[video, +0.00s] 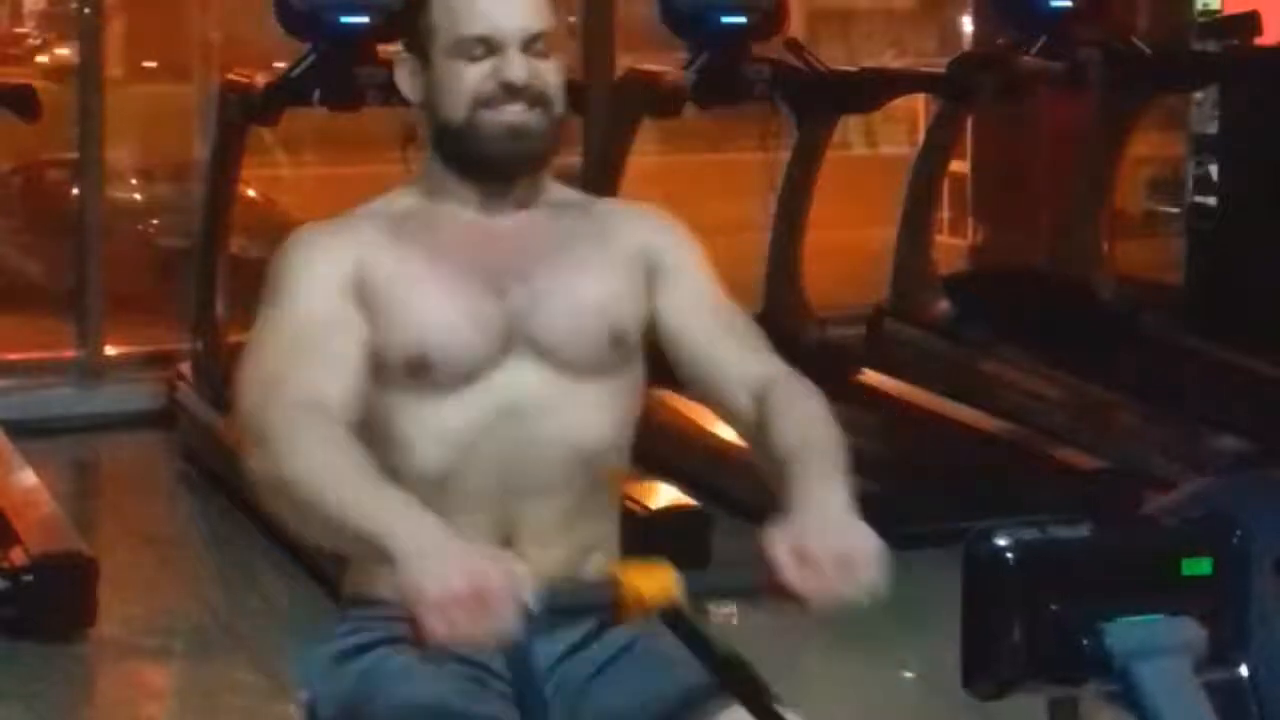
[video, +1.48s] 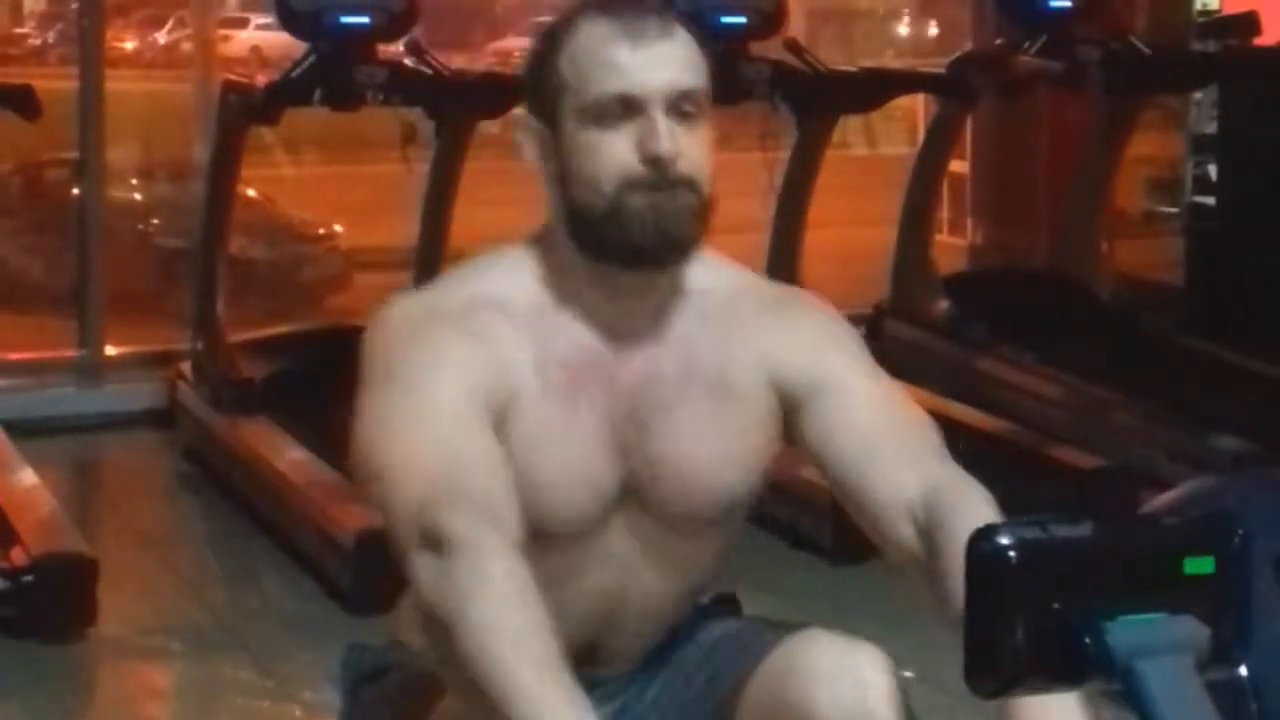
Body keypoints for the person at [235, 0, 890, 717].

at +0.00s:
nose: (516, 76)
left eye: (537, 50)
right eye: (476, 52)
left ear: (566, 70)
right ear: (412, 76)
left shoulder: (640, 242)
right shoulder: (335, 257)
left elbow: (769, 389)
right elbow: (289, 434)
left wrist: (822, 502)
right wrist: (423, 546)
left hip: (601, 624)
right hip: (413, 631)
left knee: (733, 710)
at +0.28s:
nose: (509, 106)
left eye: (528, 81)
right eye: (472, 81)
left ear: (551, 96)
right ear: (405, 99)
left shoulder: (590, 247)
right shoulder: (322, 259)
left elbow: (681, 403)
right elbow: (191, 440)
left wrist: (690, 473)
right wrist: (314, 503)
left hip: (613, 615)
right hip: (418, 630)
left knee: (749, 711)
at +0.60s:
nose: (524, 94)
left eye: (545, 69)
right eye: (487, 69)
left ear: (570, 89)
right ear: (421, 91)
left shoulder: (624, 257)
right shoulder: (335, 265)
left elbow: (767, 407)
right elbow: (211, 450)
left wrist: (763, 481)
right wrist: (355, 520)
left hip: (618, 617)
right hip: (425, 630)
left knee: (772, 715)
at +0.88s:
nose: (584, 93)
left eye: (605, 65)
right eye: (544, 67)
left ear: (634, 88)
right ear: (476, 97)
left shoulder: (702, 281)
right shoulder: (384, 285)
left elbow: (850, 421)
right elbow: (346, 473)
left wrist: (906, 561)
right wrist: (479, 634)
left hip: (634, 641)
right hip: (427, 647)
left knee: (805, 694)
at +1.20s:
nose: (692, 167)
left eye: (715, 133)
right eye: (644, 137)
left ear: (741, 153)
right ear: (565, 169)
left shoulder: (817, 360)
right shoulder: (455, 376)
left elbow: (970, 537)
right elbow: (515, 580)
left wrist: (1084, 697)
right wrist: (601, 719)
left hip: (684, 667)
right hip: (477, 682)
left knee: (852, 684)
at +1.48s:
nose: (661, 146)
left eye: (684, 110)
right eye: (614, 115)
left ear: (712, 131)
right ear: (536, 146)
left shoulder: (785, 329)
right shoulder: (437, 338)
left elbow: (933, 509)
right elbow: (464, 568)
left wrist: (1052, 689)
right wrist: (568, 718)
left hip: (667, 661)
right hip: (476, 676)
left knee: (849, 682)